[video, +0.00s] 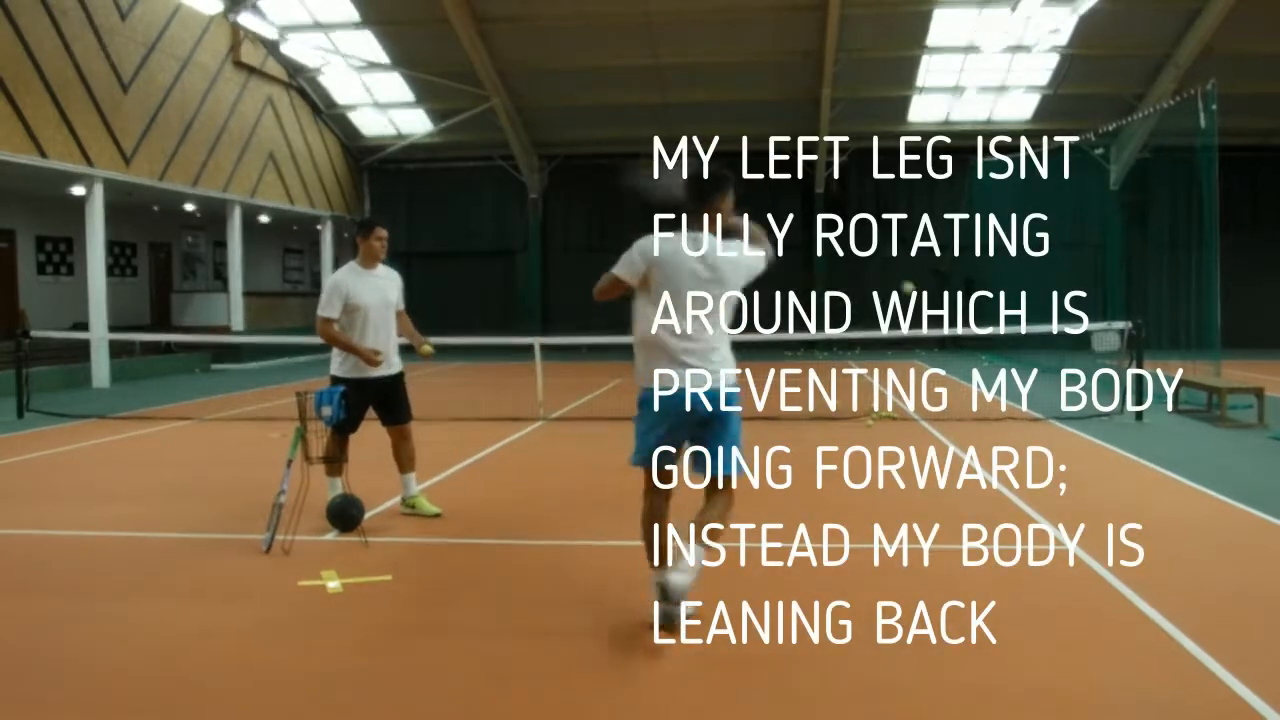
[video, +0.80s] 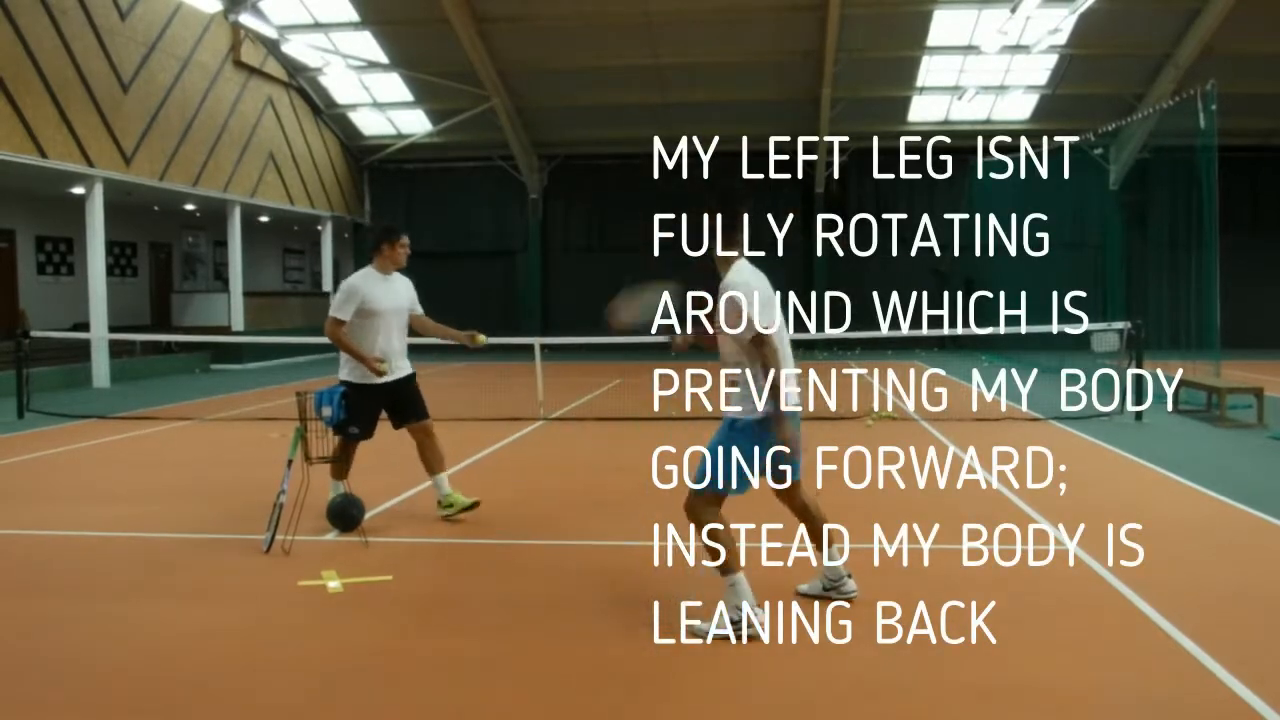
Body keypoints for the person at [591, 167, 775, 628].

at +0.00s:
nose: (731, 212)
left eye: (728, 204)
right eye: (730, 206)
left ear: (688, 202)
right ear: (722, 207)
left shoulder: (651, 249)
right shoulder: (735, 258)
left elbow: (603, 292)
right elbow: (764, 245)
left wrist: (645, 281)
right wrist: (734, 221)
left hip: (661, 388)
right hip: (718, 389)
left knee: (658, 489)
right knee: (722, 489)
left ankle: (662, 593)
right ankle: (689, 559)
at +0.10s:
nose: (742, 208)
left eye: (739, 201)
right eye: (740, 202)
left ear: (692, 205)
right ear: (730, 204)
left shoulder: (672, 253)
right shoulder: (742, 248)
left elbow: (629, 304)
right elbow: (706, 238)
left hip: (682, 391)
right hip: (734, 389)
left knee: (674, 494)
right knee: (735, 487)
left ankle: (674, 602)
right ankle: (755, 587)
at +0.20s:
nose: (686, 225)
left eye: (692, 215)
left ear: (700, 217)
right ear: (735, 215)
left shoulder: (692, 266)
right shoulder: (747, 257)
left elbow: (675, 327)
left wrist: (635, 315)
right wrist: (686, 252)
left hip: (702, 388)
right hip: (751, 384)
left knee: (685, 496)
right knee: (758, 486)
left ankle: (676, 600)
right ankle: (802, 581)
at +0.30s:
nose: (697, 227)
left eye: (699, 220)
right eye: (699, 221)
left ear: (711, 221)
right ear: (740, 220)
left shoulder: (721, 269)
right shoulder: (745, 261)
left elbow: (727, 338)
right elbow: (664, 261)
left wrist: (658, 366)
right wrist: (705, 241)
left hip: (722, 397)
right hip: (761, 391)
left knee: (695, 495)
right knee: (782, 481)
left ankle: (677, 601)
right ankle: (824, 569)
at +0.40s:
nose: (706, 233)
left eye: (710, 227)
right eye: (711, 229)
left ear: (720, 235)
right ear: (744, 231)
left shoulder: (735, 283)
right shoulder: (753, 268)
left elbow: (755, 347)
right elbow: (677, 288)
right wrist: (714, 263)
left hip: (742, 405)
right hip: (775, 401)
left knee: (698, 496)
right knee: (789, 483)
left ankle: (682, 600)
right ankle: (833, 569)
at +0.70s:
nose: (715, 234)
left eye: (720, 227)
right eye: (718, 227)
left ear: (729, 231)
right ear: (748, 230)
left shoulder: (741, 272)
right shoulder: (758, 267)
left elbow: (780, 334)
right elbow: (737, 329)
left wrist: (817, 385)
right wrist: (706, 298)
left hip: (759, 398)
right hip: (784, 394)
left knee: (703, 483)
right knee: (791, 480)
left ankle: (720, 599)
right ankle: (834, 570)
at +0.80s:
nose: (695, 243)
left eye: (700, 233)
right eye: (699, 232)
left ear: (716, 238)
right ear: (735, 236)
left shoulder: (741, 287)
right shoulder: (746, 278)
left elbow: (772, 353)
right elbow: (746, 342)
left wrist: (779, 416)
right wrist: (702, 340)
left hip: (752, 418)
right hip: (773, 411)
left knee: (700, 505)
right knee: (790, 491)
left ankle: (741, 609)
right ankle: (837, 574)